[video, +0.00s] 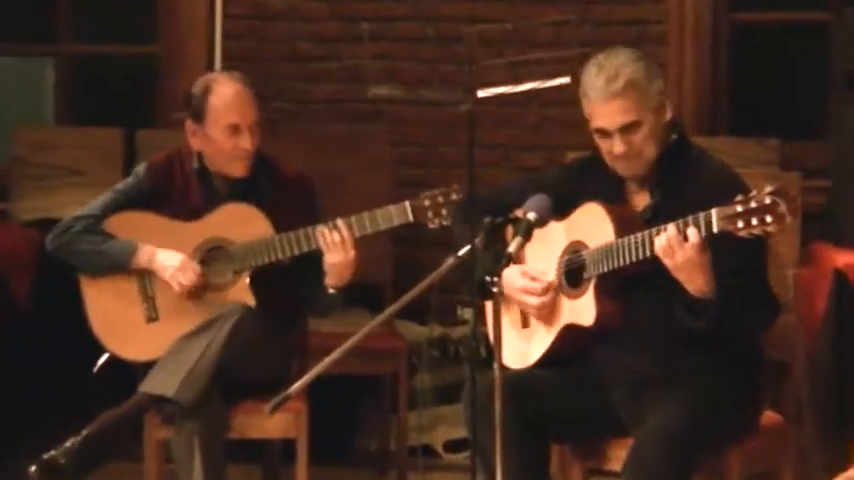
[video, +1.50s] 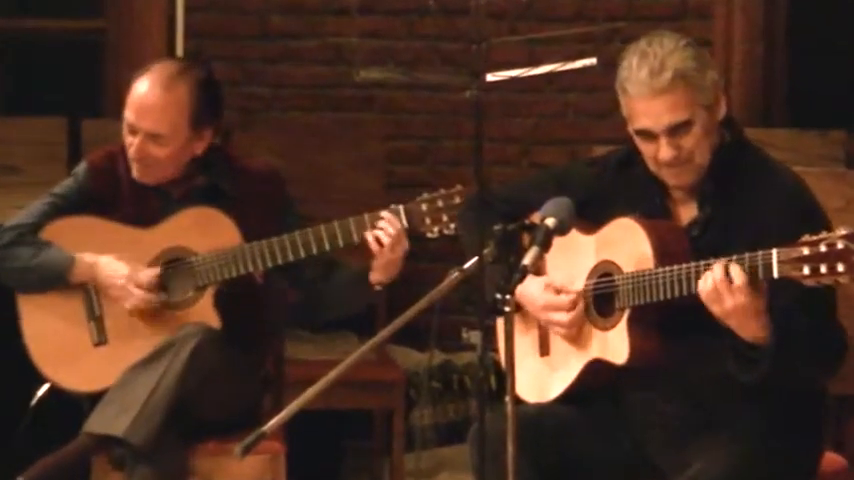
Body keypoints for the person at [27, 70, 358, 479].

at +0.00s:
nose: (249, 144)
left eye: (254, 129)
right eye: (232, 132)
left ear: (262, 124)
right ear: (194, 133)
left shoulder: (288, 190)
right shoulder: (163, 176)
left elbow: (311, 299)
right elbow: (65, 237)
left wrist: (334, 285)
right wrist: (153, 257)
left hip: (267, 351)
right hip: (181, 345)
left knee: (236, 319)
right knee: (198, 410)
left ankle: (94, 441)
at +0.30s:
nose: (233, 138)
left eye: (238, 123)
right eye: (216, 126)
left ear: (247, 120)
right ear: (178, 131)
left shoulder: (276, 189)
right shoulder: (147, 177)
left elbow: (302, 306)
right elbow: (45, 243)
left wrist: (324, 287)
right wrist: (136, 264)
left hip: (257, 361)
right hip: (166, 356)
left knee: (223, 324)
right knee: (188, 424)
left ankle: (92, 443)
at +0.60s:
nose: (196, 142)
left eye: (211, 126)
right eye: (181, 126)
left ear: (230, 125)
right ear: (158, 124)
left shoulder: (271, 188)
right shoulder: (135, 177)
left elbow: (294, 307)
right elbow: (35, 248)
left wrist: (318, 288)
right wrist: (128, 267)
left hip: (248, 363)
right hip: (153, 356)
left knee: (215, 328)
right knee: (181, 428)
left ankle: (90, 444)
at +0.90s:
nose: (161, 142)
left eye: (180, 129)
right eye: (153, 124)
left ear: (220, 132)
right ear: (143, 119)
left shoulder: (265, 190)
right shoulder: (123, 177)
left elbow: (293, 314)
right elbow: (21, 251)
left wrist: (314, 291)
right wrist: (110, 277)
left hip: (242, 370)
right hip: (144, 359)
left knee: (207, 333)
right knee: (172, 433)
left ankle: (92, 446)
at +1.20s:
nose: (137, 143)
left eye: (158, 131)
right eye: (130, 125)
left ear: (203, 133)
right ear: (122, 117)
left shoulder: (254, 188)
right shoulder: (105, 174)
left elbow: (280, 314)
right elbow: (8, 250)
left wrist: (310, 297)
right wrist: (99, 281)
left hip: (230, 382)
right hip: (119, 374)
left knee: (191, 343)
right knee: (151, 451)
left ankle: (74, 459)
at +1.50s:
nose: (134, 149)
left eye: (155, 139)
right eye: (129, 130)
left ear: (201, 141)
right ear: (122, 115)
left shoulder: (252, 191)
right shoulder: (103, 175)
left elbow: (307, 302)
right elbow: (5, 252)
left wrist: (373, 278)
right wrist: (91, 269)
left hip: (224, 383)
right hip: (107, 373)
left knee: (194, 343)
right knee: (151, 452)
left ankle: (73, 458)